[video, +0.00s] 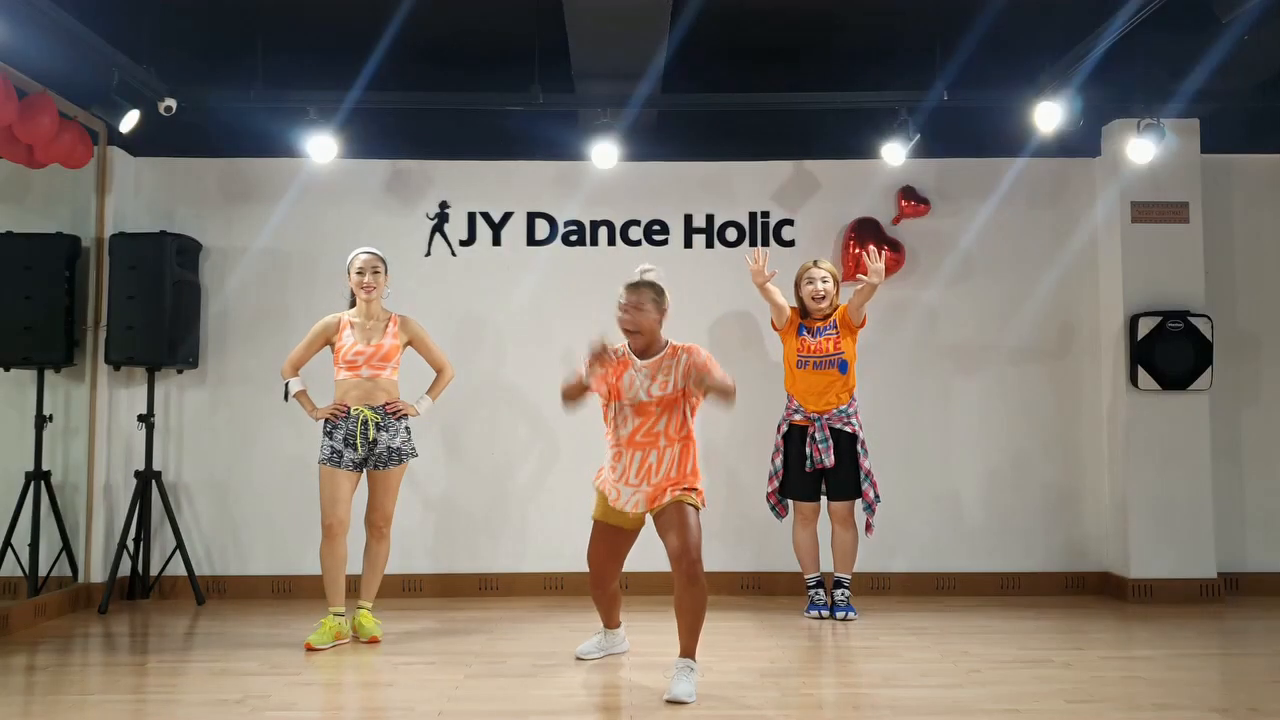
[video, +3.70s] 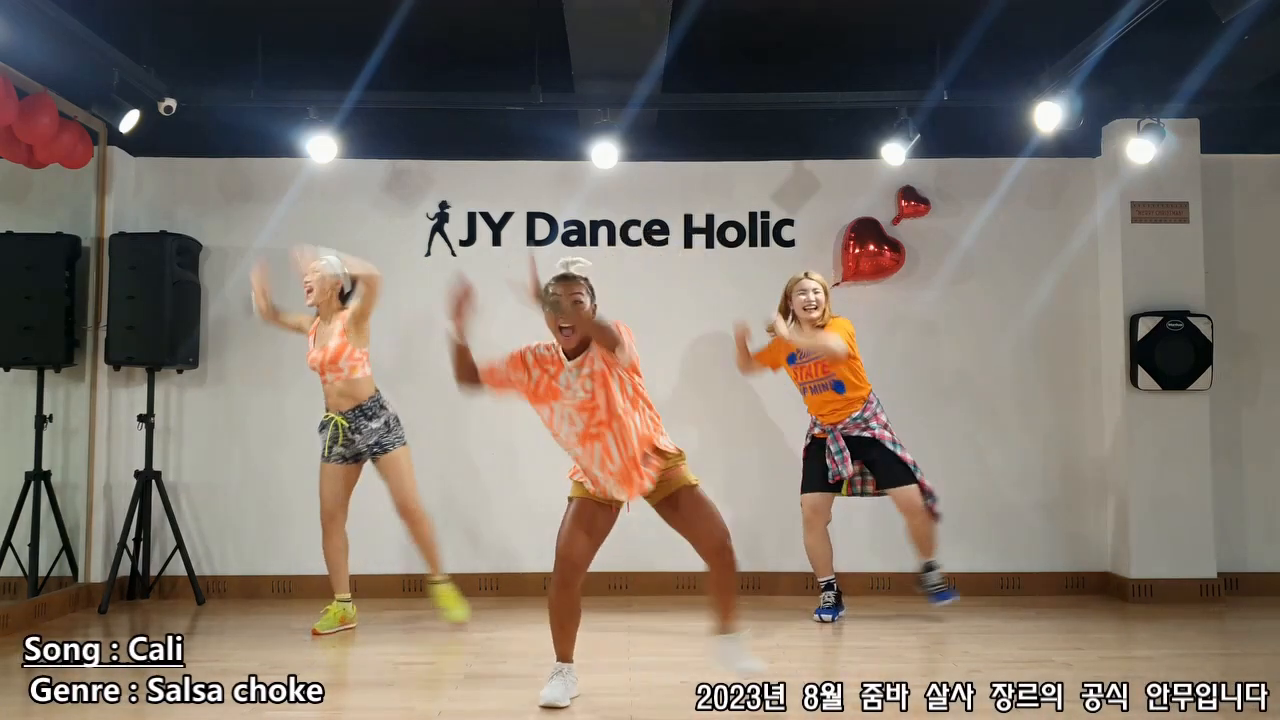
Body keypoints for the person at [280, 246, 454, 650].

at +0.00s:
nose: (367, 279)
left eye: (375, 272)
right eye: (360, 273)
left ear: (386, 280)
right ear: (349, 280)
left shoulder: (403, 326)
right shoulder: (333, 326)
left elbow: (447, 370)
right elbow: (289, 369)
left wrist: (419, 407)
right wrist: (314, 410)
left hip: (389, 428)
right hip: (341, 427)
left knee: (379, 525)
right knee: (332, 526)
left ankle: (365, 612)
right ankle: (336, 618)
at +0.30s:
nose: (371, 280)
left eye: (377, 274)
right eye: (362, 274)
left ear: (386, 280)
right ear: (349, 282)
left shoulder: (402, 326)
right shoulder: (333, 324)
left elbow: (451, 358)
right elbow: (286, 360)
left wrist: (441, 381)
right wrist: (324, 381)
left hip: (389, 427)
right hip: (343, 427)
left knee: (380, 525)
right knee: (331, 524)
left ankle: (365, 612)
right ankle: (336, 617)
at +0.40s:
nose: (374, 279)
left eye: (378, 273)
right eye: (364, 274)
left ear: (385, 279)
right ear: (348, 283)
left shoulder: (401, 325)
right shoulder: (334, 322)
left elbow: (452, 358)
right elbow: (307, 359)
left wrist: (457, 328)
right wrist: (339, 342)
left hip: (388, 425)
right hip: (343, 425)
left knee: (379, 525)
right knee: (330, 524)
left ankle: (365, 612)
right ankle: (335, 617)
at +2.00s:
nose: (369, 276)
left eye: (376, 270)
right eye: (361, 271)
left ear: (386, 279)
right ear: (350, 281)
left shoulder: (401, 320)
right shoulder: (335, 320)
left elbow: (410, 346)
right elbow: (343, 350)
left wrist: (395, 301)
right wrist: (364, 316)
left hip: (392, 423)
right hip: (346, 422)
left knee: (380, 526)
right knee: (332, 525)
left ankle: (364, 612)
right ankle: (335, 617)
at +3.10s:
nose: (338, 281)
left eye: (347, 275)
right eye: (332, 275)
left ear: (361, 286)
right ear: (324, 287)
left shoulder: (377, 324)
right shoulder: (318, 325)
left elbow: (383, 354)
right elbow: (286, 364)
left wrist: (357, 321)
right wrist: (309, 320)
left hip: (370, 425)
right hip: (327, 426)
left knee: (356, 510)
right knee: (324, 517)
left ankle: (364, 593)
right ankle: (340, 602)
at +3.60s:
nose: (306, 294)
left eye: (315, 287)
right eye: (302, 289)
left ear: (336, 291)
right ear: (301, 297)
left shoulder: (359, 326)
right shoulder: (309, 339)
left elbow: (400, 322)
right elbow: (273, 354)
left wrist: (372, 328)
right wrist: (271, 367)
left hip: (371, 429)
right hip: (332, 435)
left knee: (382, 515)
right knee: (323, 522)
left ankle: (396, 582)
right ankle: (342, 604)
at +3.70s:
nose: (306, 288)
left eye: (313, 282)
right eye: (306, 283)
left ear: (336, 285)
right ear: (311, 289)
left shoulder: (355, 317)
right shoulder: (311, 325)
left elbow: (372, 276)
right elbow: (269, 314)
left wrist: (329, 258)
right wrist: (259, 284)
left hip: (375, 418)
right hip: (338, 426)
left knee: (408, 505)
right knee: (332, 518)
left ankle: (440, 581)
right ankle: (343, 603)